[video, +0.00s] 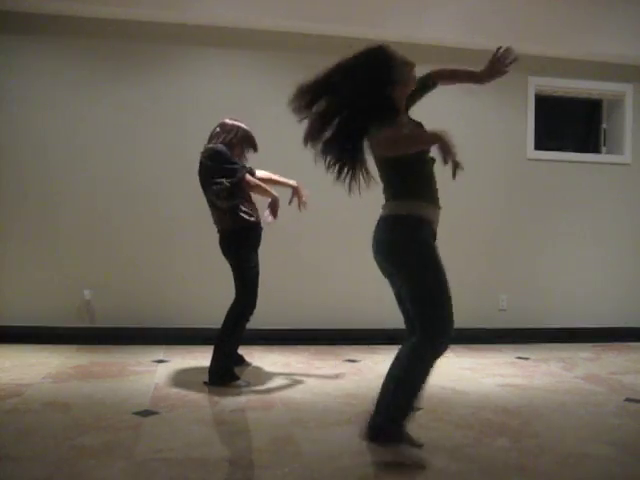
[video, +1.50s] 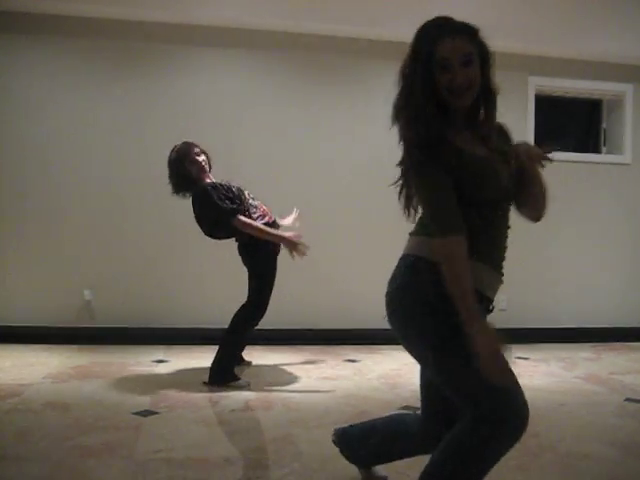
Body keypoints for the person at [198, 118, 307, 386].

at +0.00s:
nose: (242, 154)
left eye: (243, 149)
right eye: (241, 147)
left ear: (224, 139)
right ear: (230, 141)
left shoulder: (223, 156)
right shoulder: (215, 155)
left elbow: (256, 174)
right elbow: (247, 181)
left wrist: (292, 184)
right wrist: (273, 197)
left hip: (244, 235)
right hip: (238, 237)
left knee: (246, 299)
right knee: (246, 300)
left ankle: (227, 352)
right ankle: (220, 371)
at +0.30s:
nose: (241, 126)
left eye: (237, 124)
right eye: (236, 125)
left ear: (215, 138)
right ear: (229, 138)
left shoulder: (208, 167)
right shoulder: (231, 154)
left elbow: (251, 189)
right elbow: (261, 189)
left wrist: (285, 175)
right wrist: (288, 217)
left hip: (230, 241)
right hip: (241, 241)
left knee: (246, 299)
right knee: (254, 303)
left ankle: (230, 355)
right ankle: (222, 369)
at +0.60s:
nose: (238, 149)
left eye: (239, 143)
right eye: (234, 143)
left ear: (224, 140)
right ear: (220, 141)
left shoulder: (232, 159)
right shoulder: (215, 167)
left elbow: (258, 181)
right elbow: (254, 184)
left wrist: (288, 202)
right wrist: (301, 184)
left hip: (252, 235)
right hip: (244, 237)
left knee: (253, 298)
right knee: (254, 299)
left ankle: (231, 353)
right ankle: (222, 368)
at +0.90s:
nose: (229, 151)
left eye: (229, 146)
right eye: (226, 146)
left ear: (209, 146)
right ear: (214, 146)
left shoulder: (220, 167)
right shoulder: (211, 171)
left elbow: (262, 176)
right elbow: (247, 184)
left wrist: (300, 176)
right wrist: (261, 169)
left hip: (257, 235)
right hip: (251, 239)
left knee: (253, 299)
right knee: (252, 301)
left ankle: (231, 353)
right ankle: (222, 371)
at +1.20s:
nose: (223, 161)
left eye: (223, 157)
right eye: (220, 157)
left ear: (204, 159)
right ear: (209, 159)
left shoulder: (216, 176)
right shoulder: (209, 185)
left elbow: (246, 170)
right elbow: (249, 202)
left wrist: (280, 165)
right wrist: (277, 191)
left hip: (258, 237)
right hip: (255, 241)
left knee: (257, 301)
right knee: (260, 305)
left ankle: (231, 354)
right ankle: (224, 369)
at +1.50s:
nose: (200, 158)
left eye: (200, 153)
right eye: (192, 158)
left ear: (207, 157)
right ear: (184, 169)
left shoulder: (213, 189)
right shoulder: (207, 194)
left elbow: (249, 213)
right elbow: (242, 224)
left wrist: (278, 224)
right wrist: (283, 237)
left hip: (258, 243)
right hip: (256, 246)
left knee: (256, 304)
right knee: (255, 307)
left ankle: (231, 353)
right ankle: (220, 372)